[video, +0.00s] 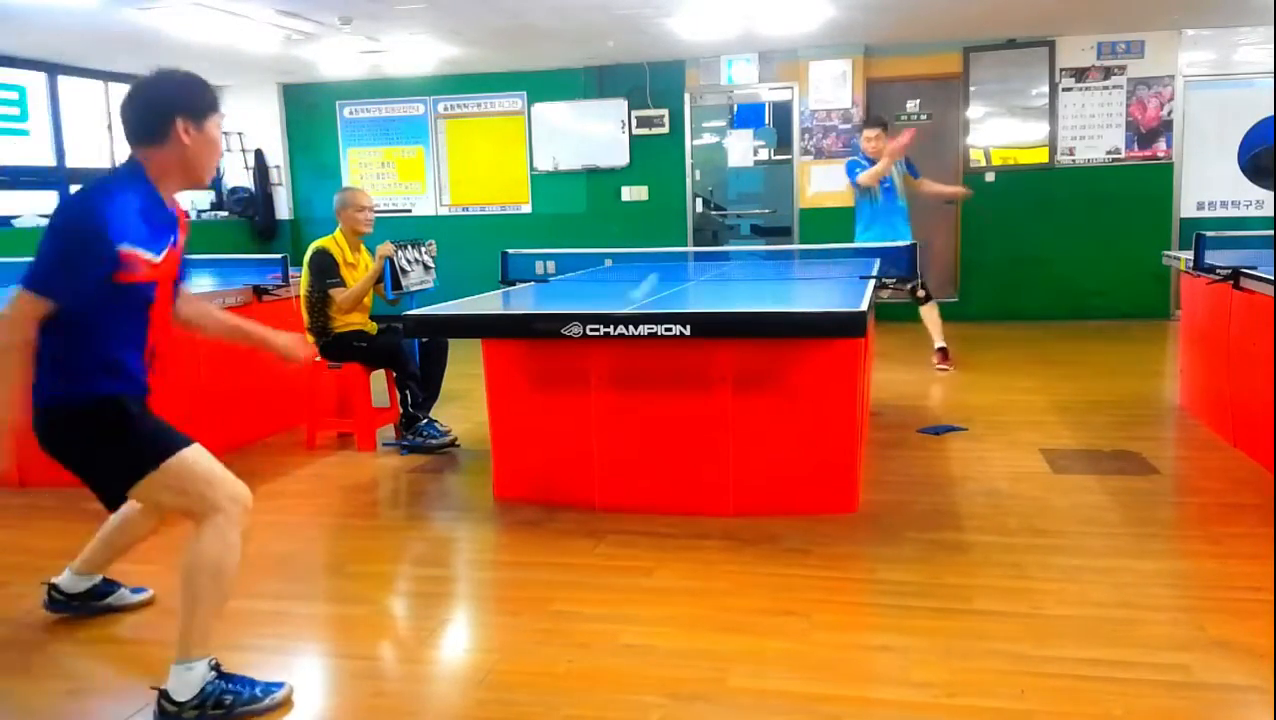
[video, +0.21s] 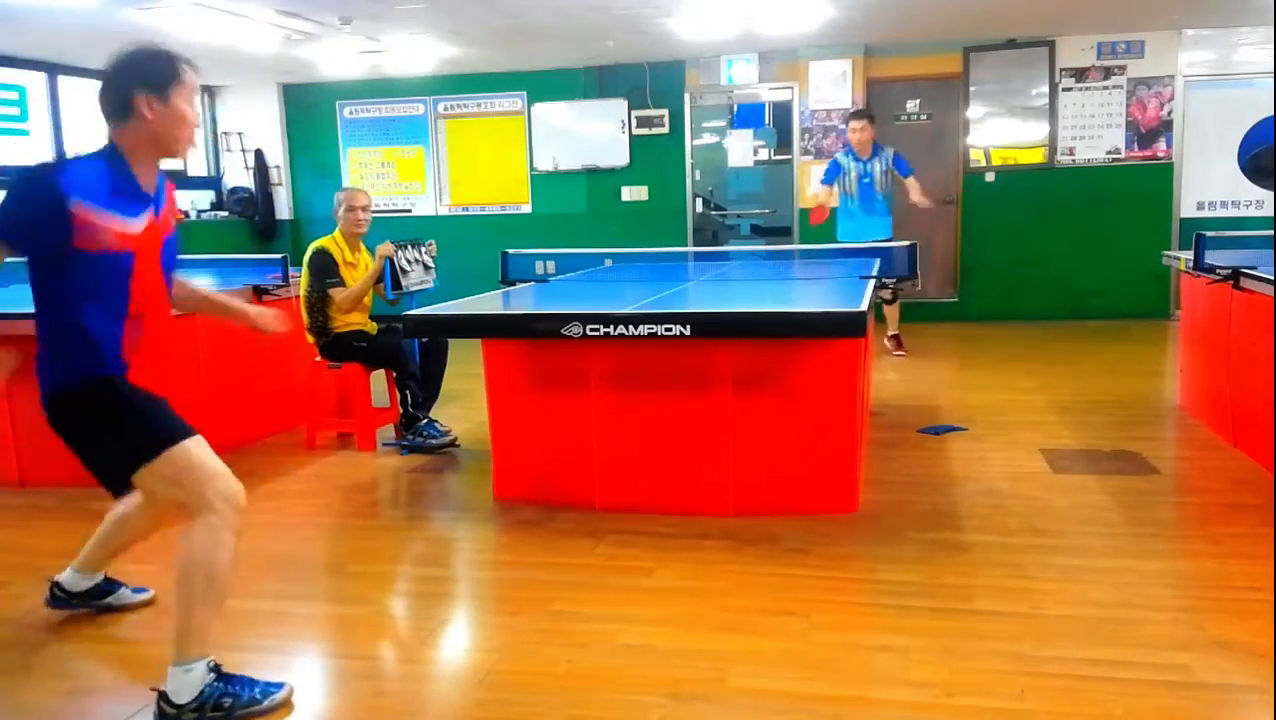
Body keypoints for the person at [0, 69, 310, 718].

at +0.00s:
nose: (221, 145)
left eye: (220, 131)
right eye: (216, 130)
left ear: (175, 134)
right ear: (181, 132)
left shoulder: (169, 218)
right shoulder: (96, 208)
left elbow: (181, 306)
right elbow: (19, 317)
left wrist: (269, 337)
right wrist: (10, 431)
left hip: (115, 402)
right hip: (82, 407)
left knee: (167, 495)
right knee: (227, 502)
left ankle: (74, 584)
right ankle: (191, 680)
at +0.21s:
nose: (197, 118)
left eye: (197, 103)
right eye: (190, 103)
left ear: (148, 109)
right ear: (146, 106)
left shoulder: (159, 196)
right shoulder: (54, 188)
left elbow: (172, 288)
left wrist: (248, 313)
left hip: (110, 380)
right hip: (81, 385)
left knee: (169, 493)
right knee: (219, 498)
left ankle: (77, 581)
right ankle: (189, 682)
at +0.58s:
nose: (108, 121)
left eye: (103, 109)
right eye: (102, 109)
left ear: (32, 126)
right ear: (77, 116)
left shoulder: (6, 197)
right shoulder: (129, 183)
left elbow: (8, 307)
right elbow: (173, 278)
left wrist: (5, 394)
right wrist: (96, 278)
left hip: (45, 400)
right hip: (134, 394)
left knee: (42, 491)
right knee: (256, 501)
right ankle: (262, 642)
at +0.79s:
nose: (158, 80)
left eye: (154, 67)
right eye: (154, 67)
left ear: (89, 78)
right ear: (133, 72)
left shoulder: (50, 160)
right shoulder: (162, 141)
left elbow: (10, 262)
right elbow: (234, 229)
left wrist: (44, 337)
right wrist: (269, 295)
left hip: (99, 367)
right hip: (181, 362)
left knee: (92, 479)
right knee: (288, 481)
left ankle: (15, 598)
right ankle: (265, 644)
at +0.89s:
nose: (208, 57)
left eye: (202, 42)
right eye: (202, 41)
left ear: (132, 55)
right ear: (182, 49)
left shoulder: (90, 133)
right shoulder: (194, 121)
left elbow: (49, 244)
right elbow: (244, 224)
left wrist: (97, 299)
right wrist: (307, 295)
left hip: (110, 347)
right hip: (188, 340)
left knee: (172, 462)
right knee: (297, 470)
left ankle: (117, 603)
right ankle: (286, 645)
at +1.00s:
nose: (269, 80)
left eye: (265, 66)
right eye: (264, 66)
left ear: (197, 76)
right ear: (243, 72)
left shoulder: (153, 147)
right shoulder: (234, 147)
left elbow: (113, 260)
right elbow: (262, 261)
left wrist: (185, 304)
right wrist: (341, 337)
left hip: (145, 369)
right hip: (204, 369)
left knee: (232, 484)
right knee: (314, 503)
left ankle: (167, 619)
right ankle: (323, 687)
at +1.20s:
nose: (350, 106)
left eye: (349, 93)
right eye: (346, 93)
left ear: (291, 98)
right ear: (320, 95)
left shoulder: (265, 162)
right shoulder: (270, 170)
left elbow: (265, 292)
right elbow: (236, 295)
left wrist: (338, 341)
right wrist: (315, 399)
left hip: (199, 384)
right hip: (223, 388)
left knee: (255, 490)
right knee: (362, 508)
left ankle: (167, 617)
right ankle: (354, 695)